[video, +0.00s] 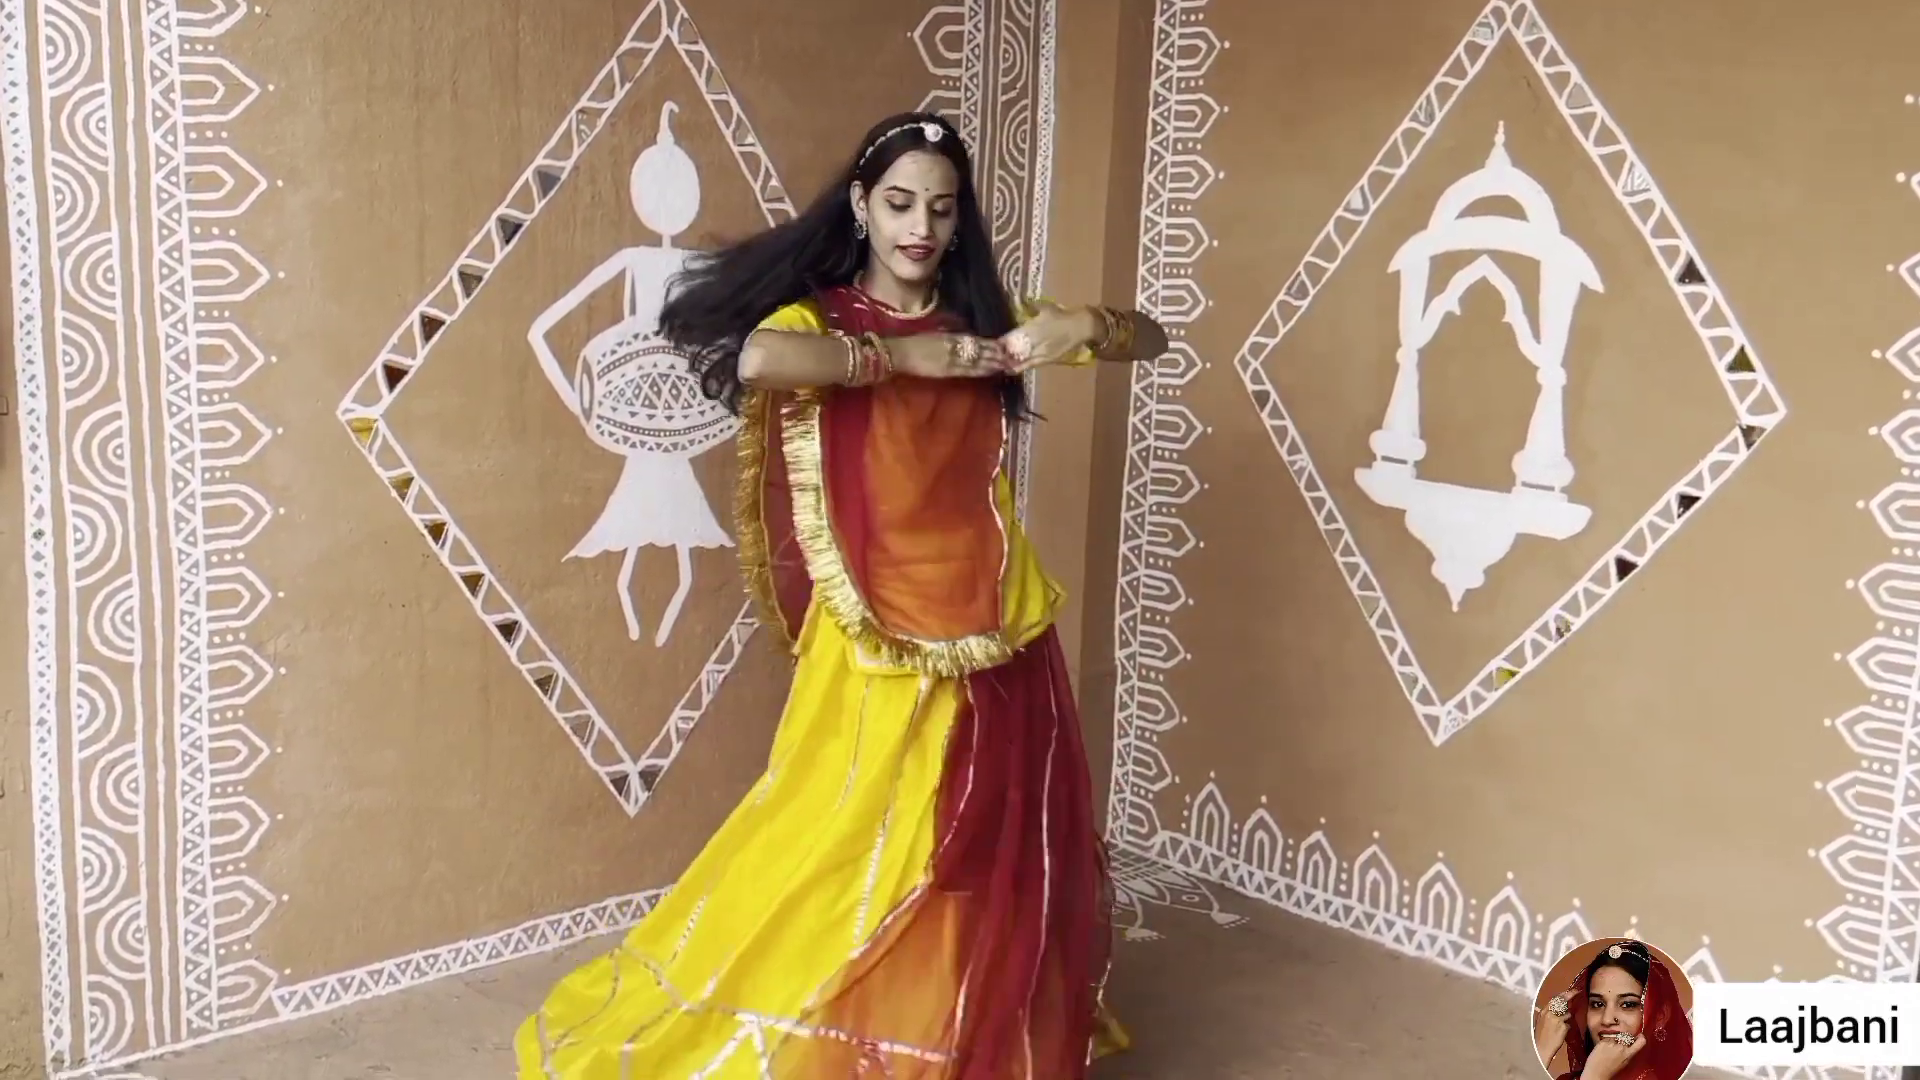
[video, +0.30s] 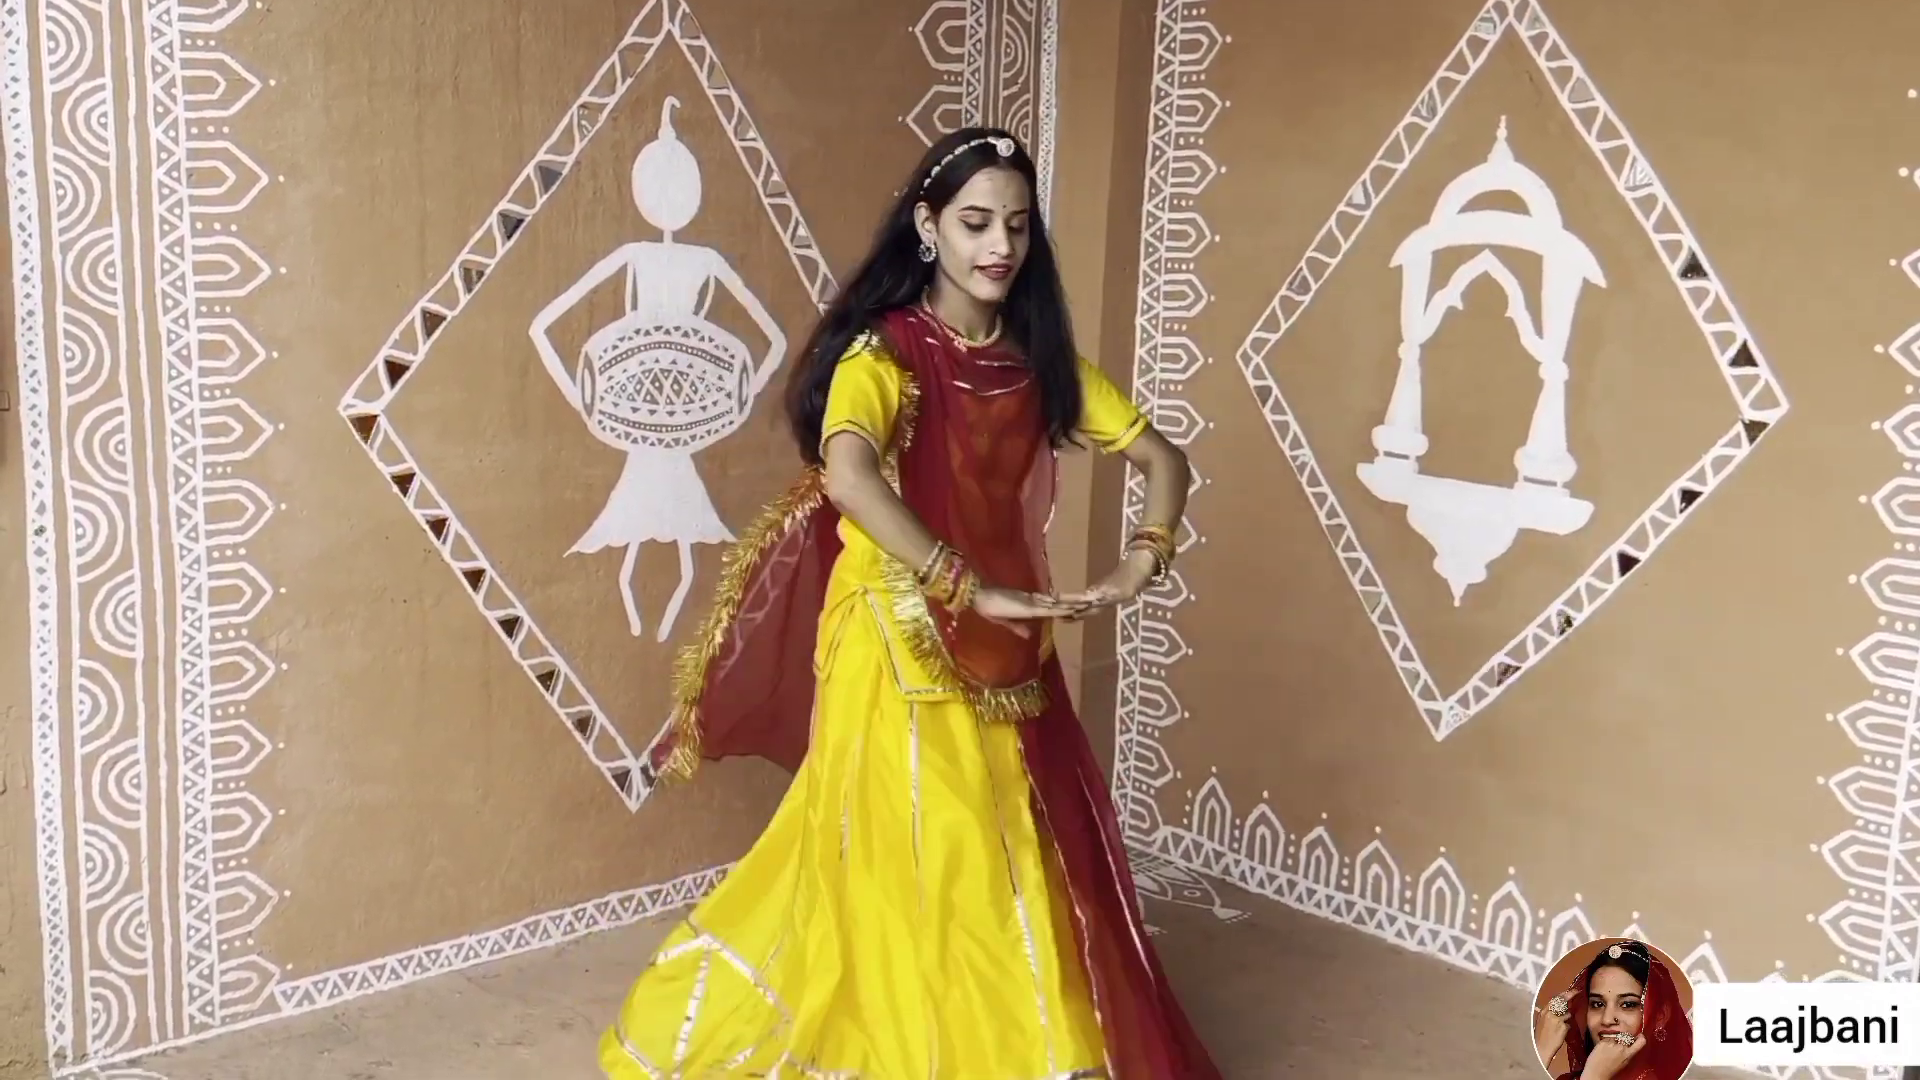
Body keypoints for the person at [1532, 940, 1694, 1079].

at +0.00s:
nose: (1607, 1019)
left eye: (1627, 1005)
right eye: (1597, 1004)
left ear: (1658, 1013)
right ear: (1586, 1011)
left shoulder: (1666, 1076)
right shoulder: (1568, 1077)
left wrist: (1596, 1075)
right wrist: (1538, 1056)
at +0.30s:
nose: (1608, 1019)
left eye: (1628, 1005)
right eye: (1597, 1004)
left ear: (1658, 1014)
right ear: (1585, 1011)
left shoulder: (1668, 1075)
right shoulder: (1567, 1078)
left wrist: (1595, 1075)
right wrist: (1539, 1055)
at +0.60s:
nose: (1608, 1019)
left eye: (1628, 1005)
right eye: (1597, 1004)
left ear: (1658, 1014)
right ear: (1585, 1011)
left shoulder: (1667, 1075)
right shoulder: (1567, 1078)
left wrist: (1595, 1075)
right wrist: (1539, 1055)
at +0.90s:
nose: (1607, 1020)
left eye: (1627, 1005)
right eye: (1597, 1004)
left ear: (1659, 1013)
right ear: (1585, 1011)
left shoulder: (1670, 1075)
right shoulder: (1567, 1077)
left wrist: (1595, 1075)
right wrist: (1539, 1055)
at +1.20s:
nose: (1608, 1019)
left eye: (1627, 1005)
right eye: (1597, 1004)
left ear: (1658, 1013)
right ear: (1585, 1011)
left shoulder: (1666, 1076)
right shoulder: (1567, 1078)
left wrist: (1595, 1076)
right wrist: (1538, 1056)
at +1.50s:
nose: (1608, 1019)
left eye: (1628, 1005)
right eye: (1597, 1004)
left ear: (1658, 1014)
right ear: (1586, 1011)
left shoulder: (1667, 1075)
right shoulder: (1567, 1078)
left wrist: (1595, 1075)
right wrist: (1539, 1055)